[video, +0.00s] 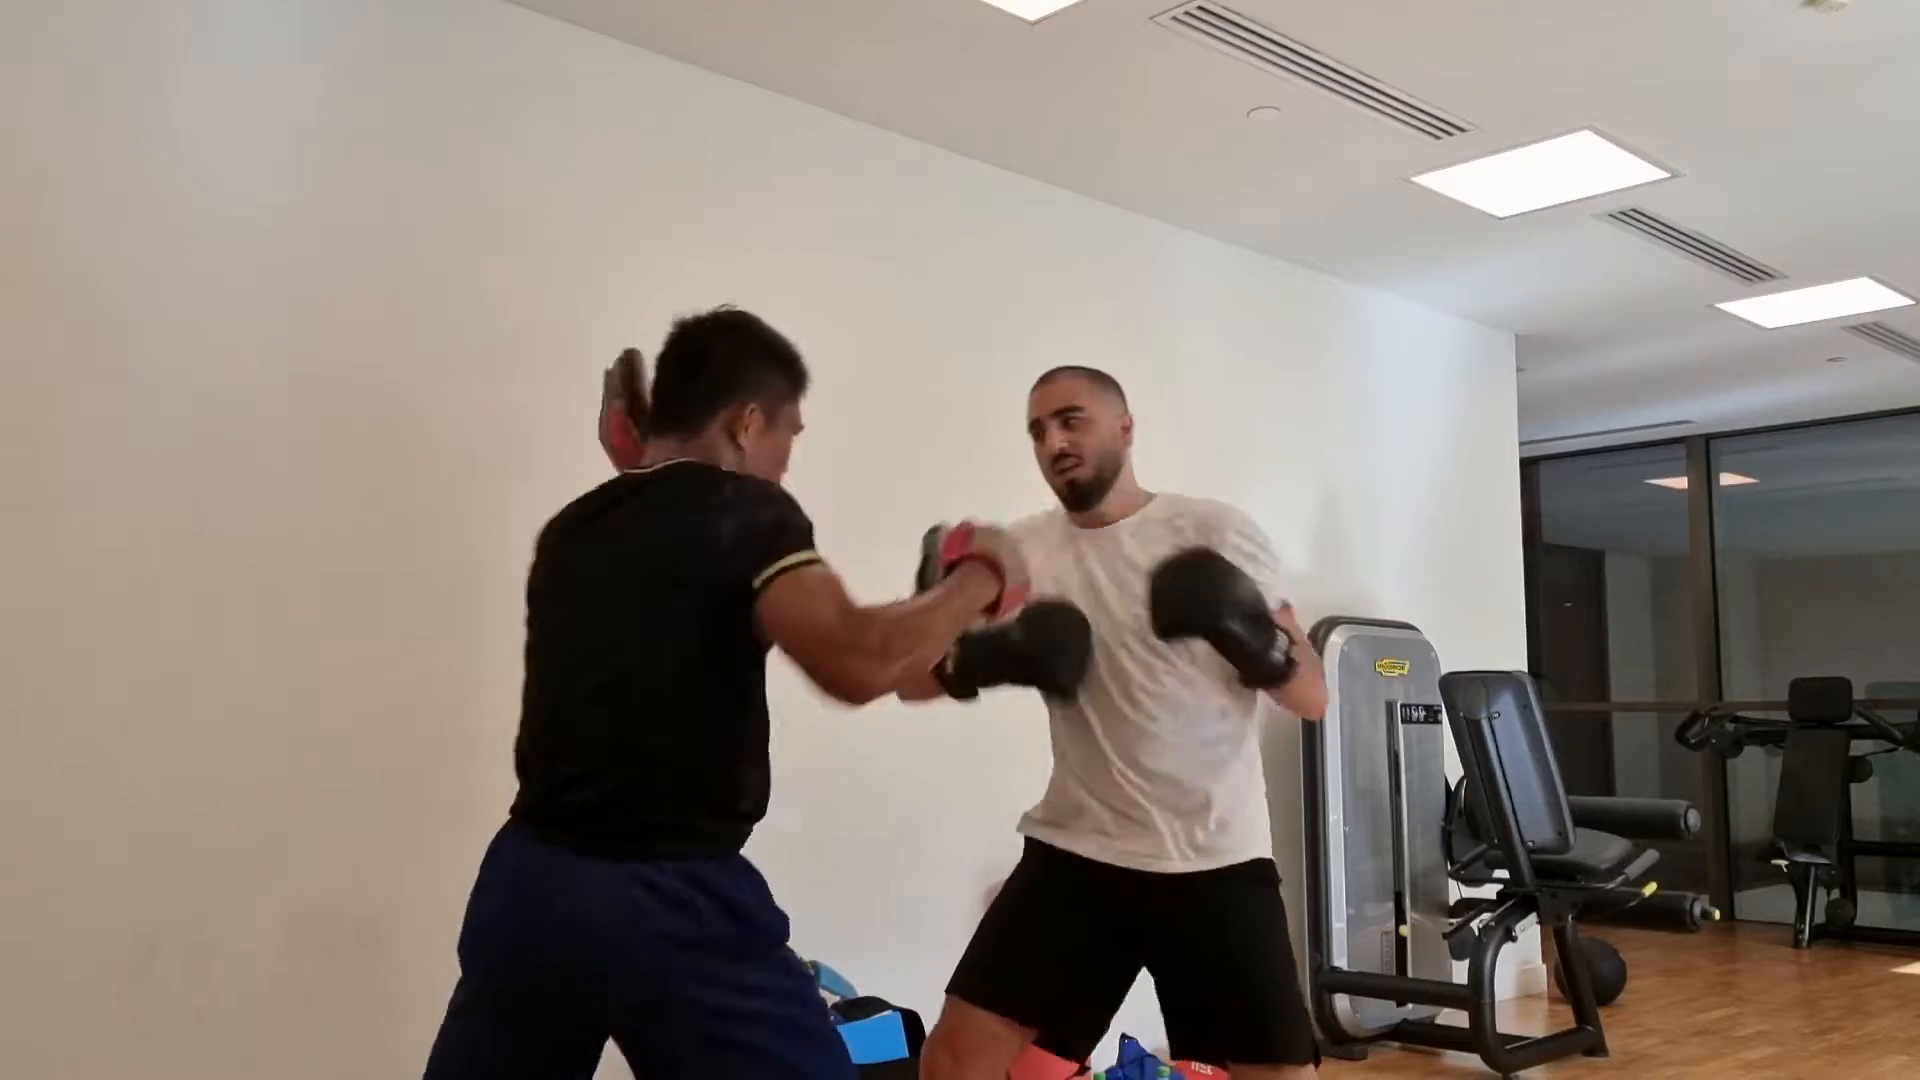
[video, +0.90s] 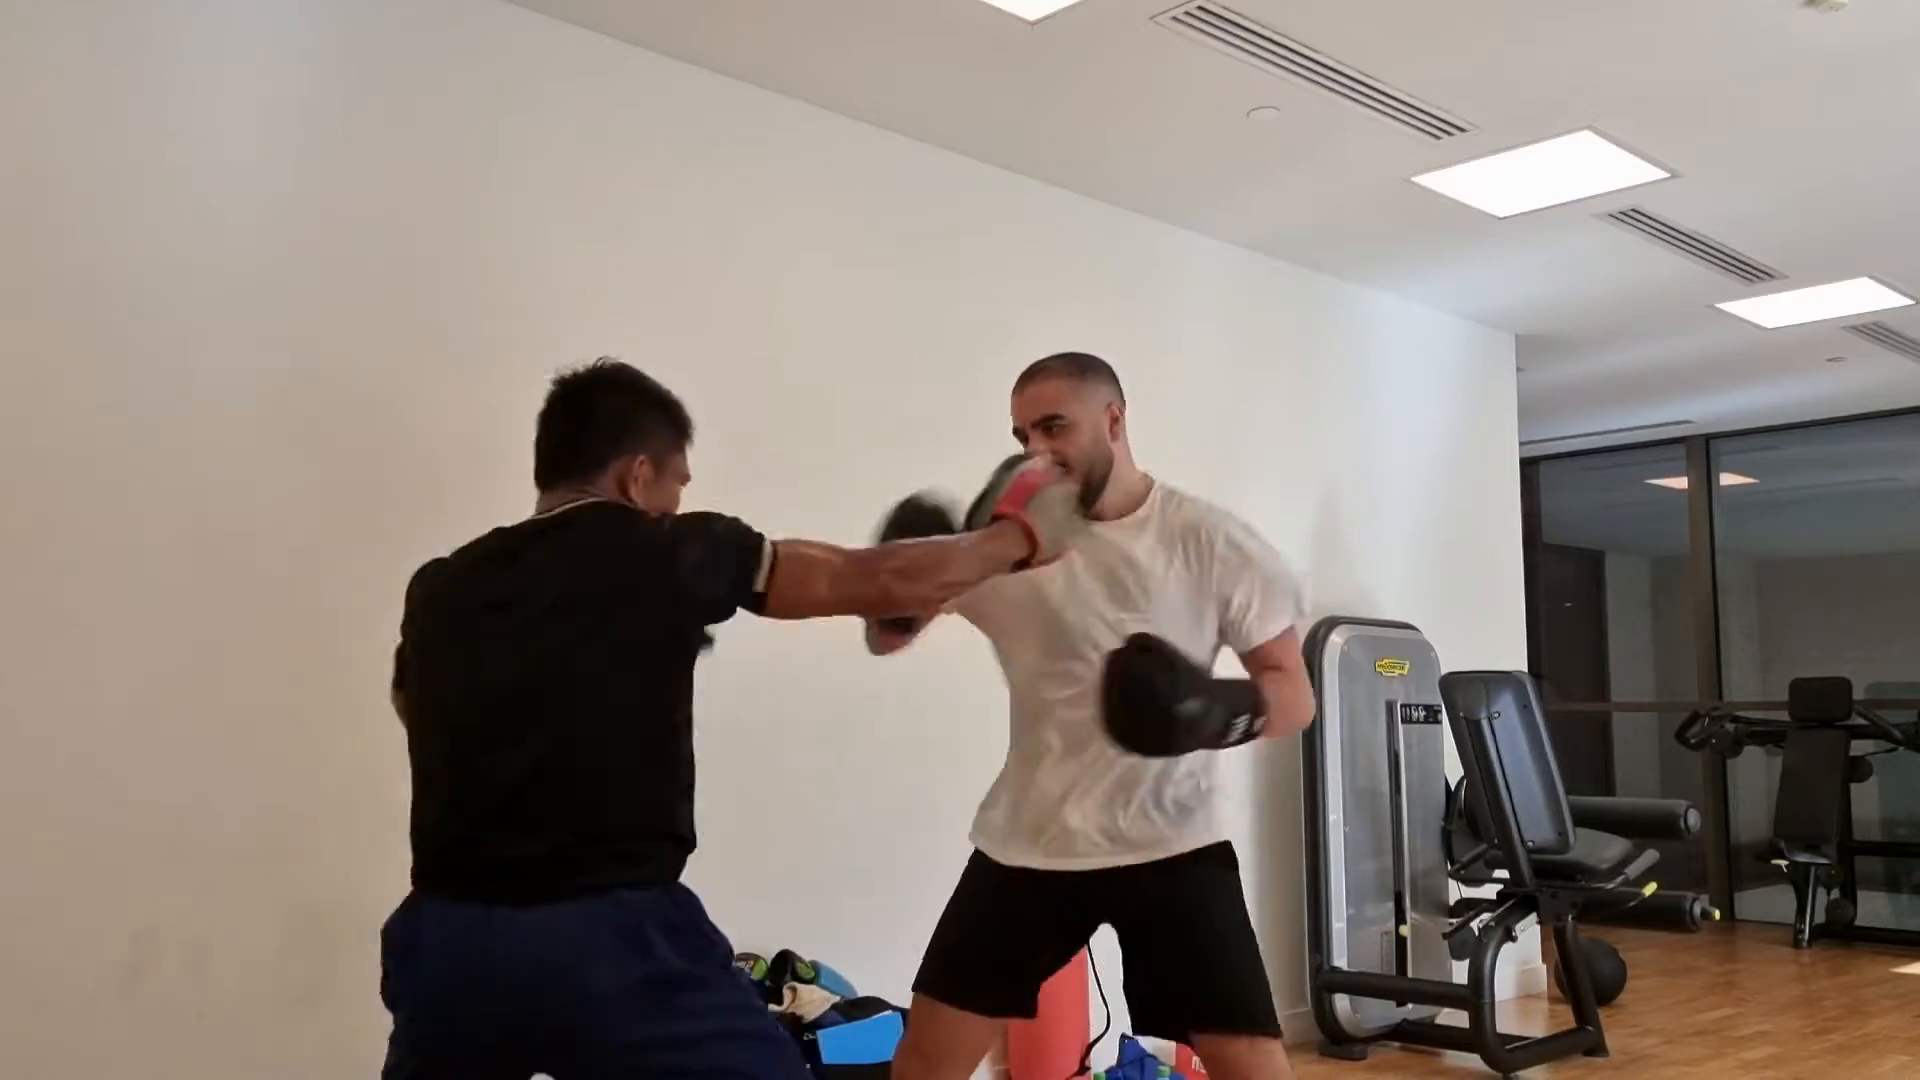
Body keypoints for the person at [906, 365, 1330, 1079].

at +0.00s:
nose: (1053, 441)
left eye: (1071, 419)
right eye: (1038, 430)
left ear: (1124, 425)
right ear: (1033, 452)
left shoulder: (1218, 533)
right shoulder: (1018, 551)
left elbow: (1313, 696)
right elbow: (908, 677)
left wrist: (1246, 629)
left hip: (1219, 867)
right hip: (1076, 860)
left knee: (1280, 1071)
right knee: (956, 1062)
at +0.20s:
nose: (1019, 443)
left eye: (1037, 420)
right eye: (1006, 430)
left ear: (1093, 424)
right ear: (1001, 446)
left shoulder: (1152, 485)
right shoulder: (1036, 561)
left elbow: (1180, 580)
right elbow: (1047, 690)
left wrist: (1042, 563)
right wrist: (1033, 717)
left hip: (1191, 821)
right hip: (1068, 838)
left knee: (1275, 1065)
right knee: (956, 1047)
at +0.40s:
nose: (1103, 427)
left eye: (1124, 406)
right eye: (1090, 413)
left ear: (1180, 416)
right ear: (1079, 427)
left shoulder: (1257, 544)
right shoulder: (1032, 540)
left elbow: (1315, 661)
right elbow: (975, 691)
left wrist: (1304, 697)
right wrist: (1066, 714)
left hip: (1216, 844)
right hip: (1066, 851)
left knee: (1300, 1066)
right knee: (957, 1066)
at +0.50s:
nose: (1098, 454)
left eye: (1121, 431)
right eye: (1087, 434)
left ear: (1179, 439)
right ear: (1075, 441)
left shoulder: (1254, 567)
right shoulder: (1036, 544)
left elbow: (1300, 693)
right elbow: (969, 694)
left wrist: (1317, 767)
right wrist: (1030, 690)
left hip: (1203, 859)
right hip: (1057, 855)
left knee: (1270, 1069)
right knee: (946, 1062)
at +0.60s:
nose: (1043, 461)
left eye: (1068, 441)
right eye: (1039, 439)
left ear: (1132, 454)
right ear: (1034, 443)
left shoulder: (1181, 584)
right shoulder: (1034, 552)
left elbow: (1262, 731)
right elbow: (1005, 670)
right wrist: (1007, 708)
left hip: (1175, 883)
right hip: (1051, 866)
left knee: (1219, 1070)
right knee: (934, 1041)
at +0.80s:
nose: (1035, 451)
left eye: (1056, 427)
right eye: (1025, 431)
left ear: (1118, 427)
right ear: (1016, 434)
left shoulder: (1168, 548)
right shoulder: (1037, 534)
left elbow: (1131, 735)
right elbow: (1055, 677)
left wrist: (1005, 661)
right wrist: (960, 696)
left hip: (1162, 863)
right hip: (1032, 857)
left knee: (1236, 1071)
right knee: (917, 1055)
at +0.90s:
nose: (1036, 450)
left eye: (1053, 426)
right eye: (1022, 433)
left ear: (1114, 420)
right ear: (1014, 443)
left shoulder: (1213, 543)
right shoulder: (1001, 543)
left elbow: (1295, 695)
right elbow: (889, 634)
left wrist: (1211, 709)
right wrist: (912, 560)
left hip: (1176, 853)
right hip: (1023, 856)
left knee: (1254, 1070)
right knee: (923, 1067)